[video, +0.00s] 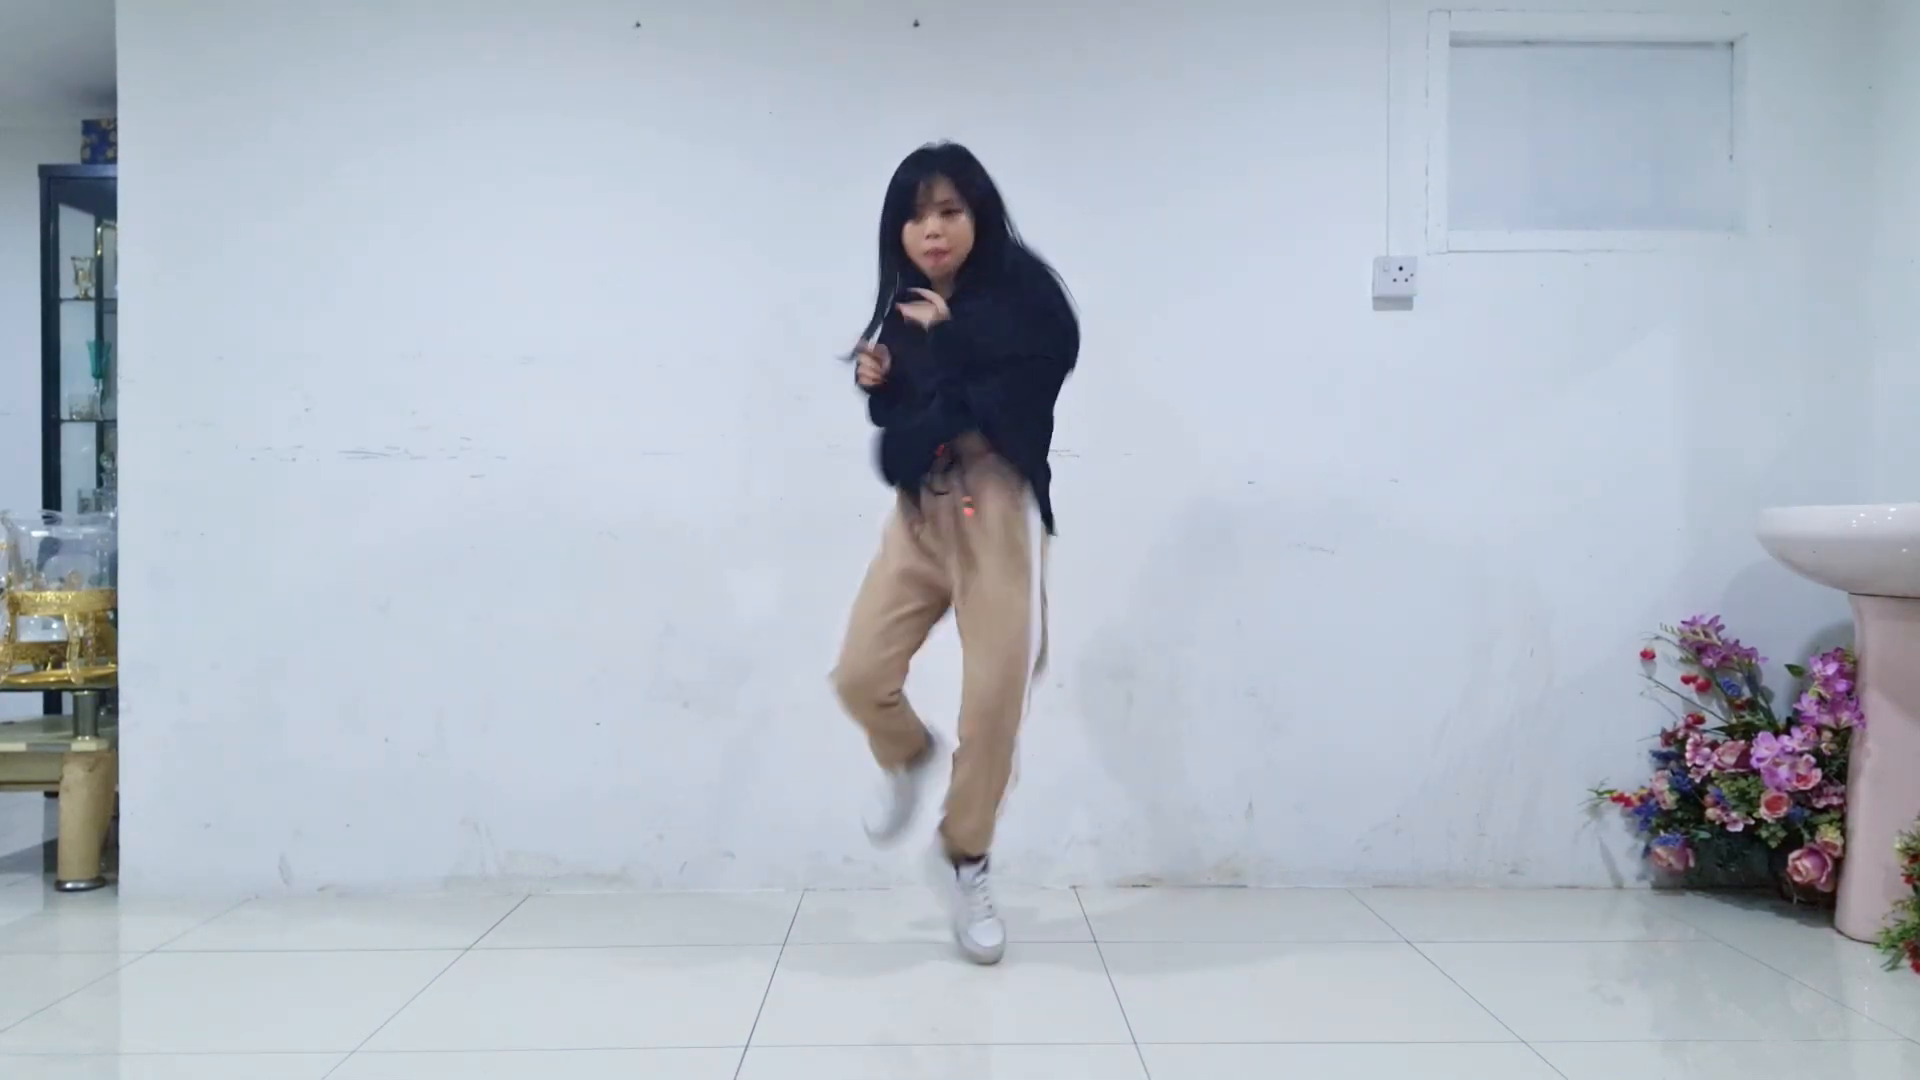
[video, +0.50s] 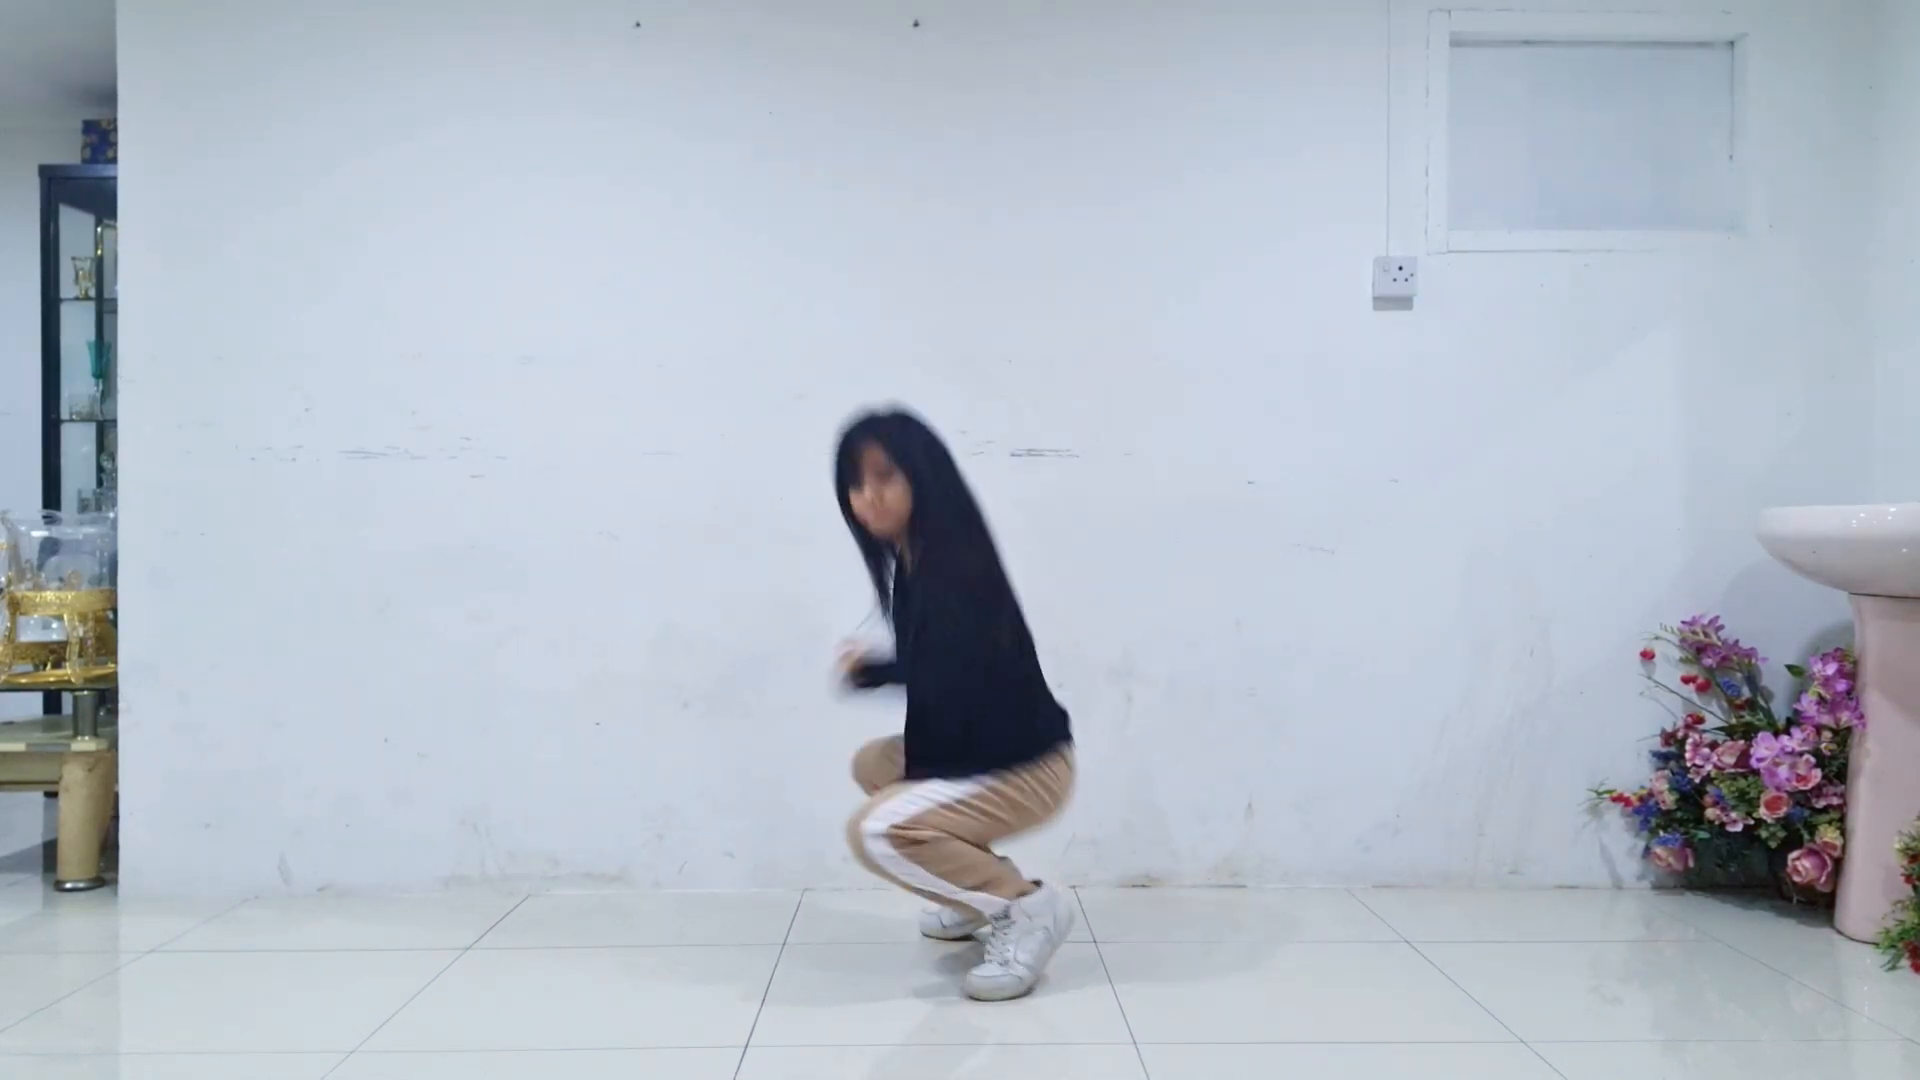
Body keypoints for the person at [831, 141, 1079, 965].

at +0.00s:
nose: (934, 229)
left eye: (951, 212)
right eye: (917, 215)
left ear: (981, 220)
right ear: (897, 228)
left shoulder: (1023, 291)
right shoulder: (902, 305)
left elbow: (1027, 382)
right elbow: (891, 415)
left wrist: (946, 333)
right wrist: (879, 381)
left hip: (997, 506)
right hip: (917, 505)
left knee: (992, 694)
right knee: (860, 677)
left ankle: (968, 860)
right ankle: (916, 758)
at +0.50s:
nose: (870, 496)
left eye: (886, 477)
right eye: (856, 482)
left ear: (923, 480)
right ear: (845, 495)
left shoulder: (953, 563)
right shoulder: (912, 560)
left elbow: (956, 683)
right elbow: (939, 659)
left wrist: (921, 775)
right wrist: (879, 669)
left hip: (1030, 770)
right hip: (988, 748)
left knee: (878, 832)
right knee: (875, 766)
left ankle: (1030, 907)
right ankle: (980, 897)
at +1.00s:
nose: (824, 545)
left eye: (844, 533)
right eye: (822, 528)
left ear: (880, 544)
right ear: (814, 530)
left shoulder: (892, 632)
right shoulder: (910, 601)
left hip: (1054, 784)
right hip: (1035, 753)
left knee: (898, 799)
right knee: (894, 760)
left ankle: (1012, 931)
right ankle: (981, 899)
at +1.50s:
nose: (902, 218)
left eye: (922, 205)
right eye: (893, 205)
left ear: (953, 224)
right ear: (879, 218)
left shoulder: (952, 296)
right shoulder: (865, 316)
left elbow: (883, 298)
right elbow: (788, 282)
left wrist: (866, 198)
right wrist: (766, 200)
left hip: (985, 547)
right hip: (928, 558)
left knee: (967, 719)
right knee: (913, 716)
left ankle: (990, 901)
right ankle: (963, 881)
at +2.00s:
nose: (931, 259)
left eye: (951, 253)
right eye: (926, 244)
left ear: (977, 273)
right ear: (909, 250)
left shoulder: (973, 345)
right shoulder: (886, 340)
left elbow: (933, 407)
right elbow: (818, 391)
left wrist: (841, 365)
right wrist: (735, 393)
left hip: (974, 552)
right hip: (929, 557)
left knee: (960, 708)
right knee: (936, 714)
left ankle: (996, 884)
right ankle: (969, 876)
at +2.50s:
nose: (895, 286)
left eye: (897, 268)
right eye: (876, 291)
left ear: (924, 269)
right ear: (871, 321)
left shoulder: (1002, 347)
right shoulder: (880, 385)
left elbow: (1027, 455)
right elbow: (863, 484)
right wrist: (858, 569)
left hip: (983, 571)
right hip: (899, 579)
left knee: (977, 689)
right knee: (908, 728)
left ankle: (983, 858)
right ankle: (935, 868)